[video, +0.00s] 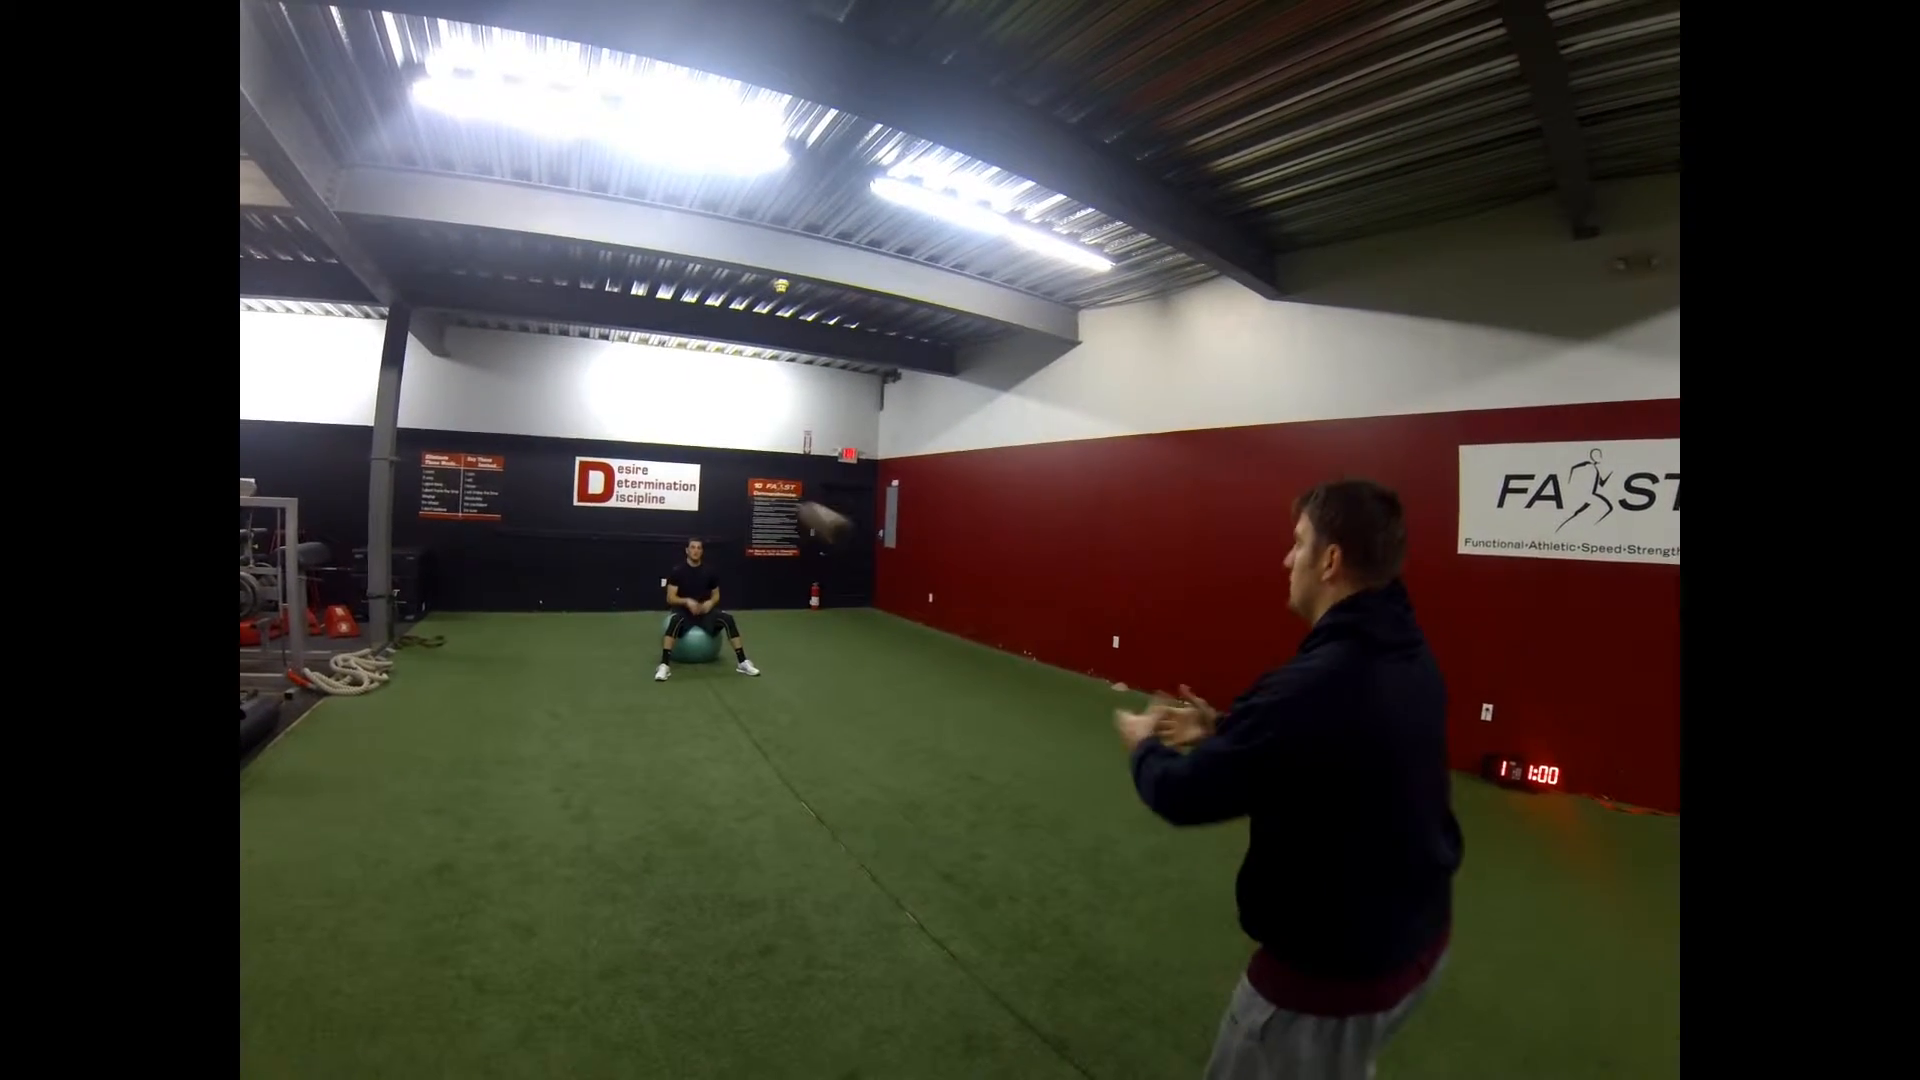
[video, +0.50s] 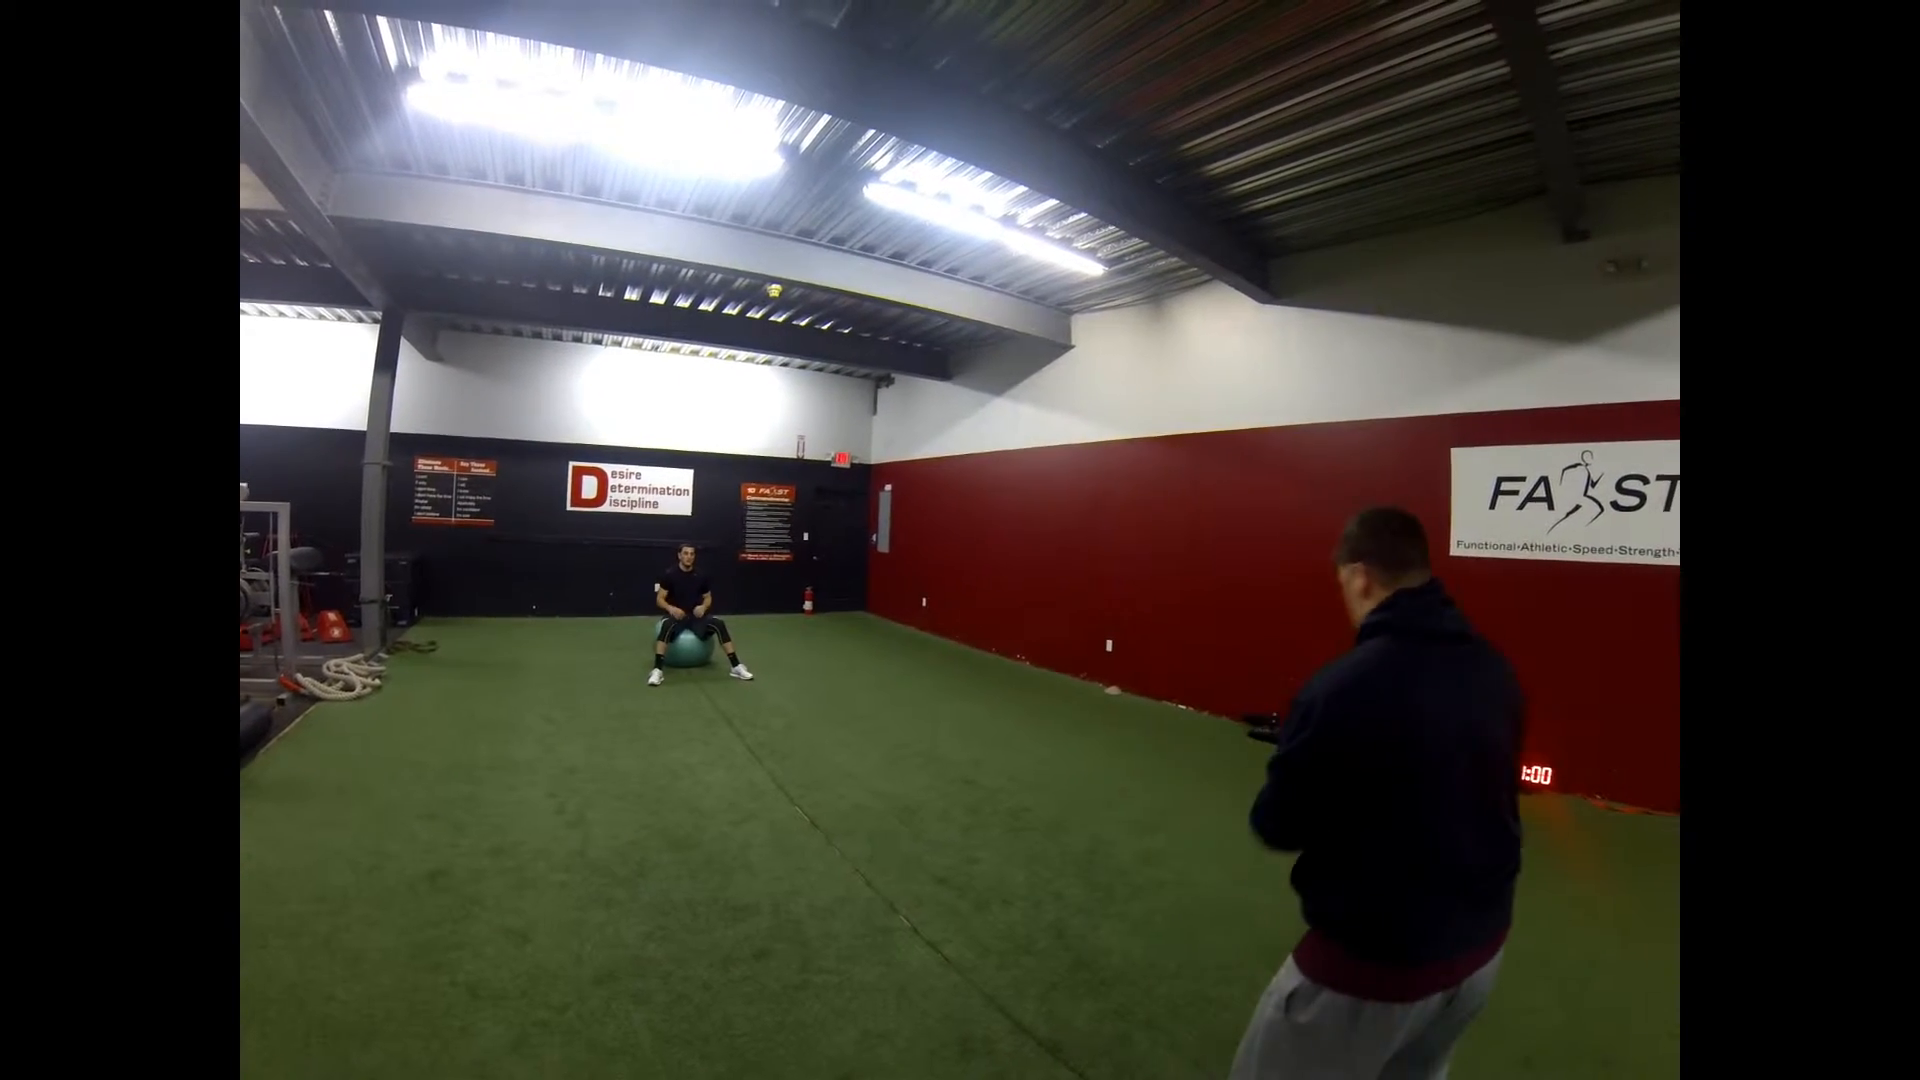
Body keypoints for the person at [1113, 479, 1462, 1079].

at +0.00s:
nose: (1287, 561)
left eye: (1297, 543)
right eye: (1292, 543)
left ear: (1330, 558)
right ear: (1385, 563)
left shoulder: (1319, 680)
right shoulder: (1407, 655)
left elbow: (1188, 794)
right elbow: (1325, 751)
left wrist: (1144, 748)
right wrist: (1220, 730)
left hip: (1321, 974)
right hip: (1410, 945)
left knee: (1251, 1069)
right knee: (1330, 1065)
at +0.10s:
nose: (1286, 574)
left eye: (1294, 556)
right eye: (1289, 557)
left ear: (1327, 568)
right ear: (1378, 569)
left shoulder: (1320, 683)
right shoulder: (1405, 655)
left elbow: (1197, 786)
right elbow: (1313, 738)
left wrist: (1136, 744)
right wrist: (1210, 731)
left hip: (1331, 979)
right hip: (1424, 947)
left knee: (1246, 1069)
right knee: (1353, 1062)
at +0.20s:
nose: (1293, 593)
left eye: (1296, 575)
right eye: (1293, 576)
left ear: (1327, 576)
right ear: (1381, 572)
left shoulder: (1324, 688)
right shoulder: (1412, 660)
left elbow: (1228, 789)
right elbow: (1309, 758)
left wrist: (1162, 786)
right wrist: (1208, 766)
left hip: (1344, 985)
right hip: (1441, 959)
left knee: (1247, 1070)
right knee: (1388, 1070)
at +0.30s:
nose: (1302, 602)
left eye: (1303, 584)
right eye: (1301, 585)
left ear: (1328, 582)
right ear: (1388, 576)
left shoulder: (1323, 697)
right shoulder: (1428, 666)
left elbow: (1243, 827)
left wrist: (1201, 830)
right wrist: (1229, 808)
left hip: (1350, 986)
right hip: (1451, 960)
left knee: (1252, 1070)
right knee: (1399, 1068)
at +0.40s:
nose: (1322, 603)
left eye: (1320, 586)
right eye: (1318, 587)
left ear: (1341, 582)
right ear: (1402, 574)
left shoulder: (1330, 699)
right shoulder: (1463, 670)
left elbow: (1261, 844)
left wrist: (1245, 828)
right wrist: (1275, 813)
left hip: (1357, 989)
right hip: (1467, 965)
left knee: (1257, 1071)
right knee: (1408, 1071)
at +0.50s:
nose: (1342, 591)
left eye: (1342, 576)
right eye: (1341, 578)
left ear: (1360, 576)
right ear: (1424, 570)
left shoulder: (1343, 690)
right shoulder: (1490, 669)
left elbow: (1276, 823)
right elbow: (1482, 794)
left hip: (1359, 978)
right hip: (1471, 962)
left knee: (1267, 1070)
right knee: (1412, 1072)